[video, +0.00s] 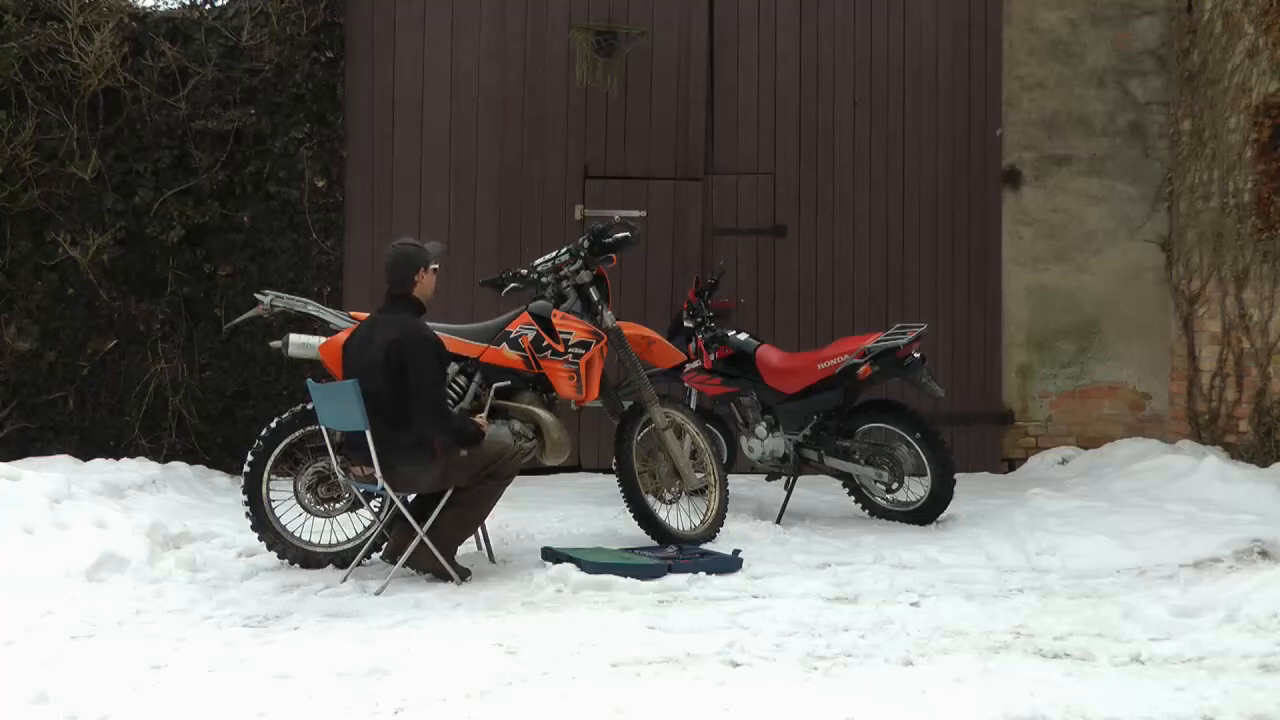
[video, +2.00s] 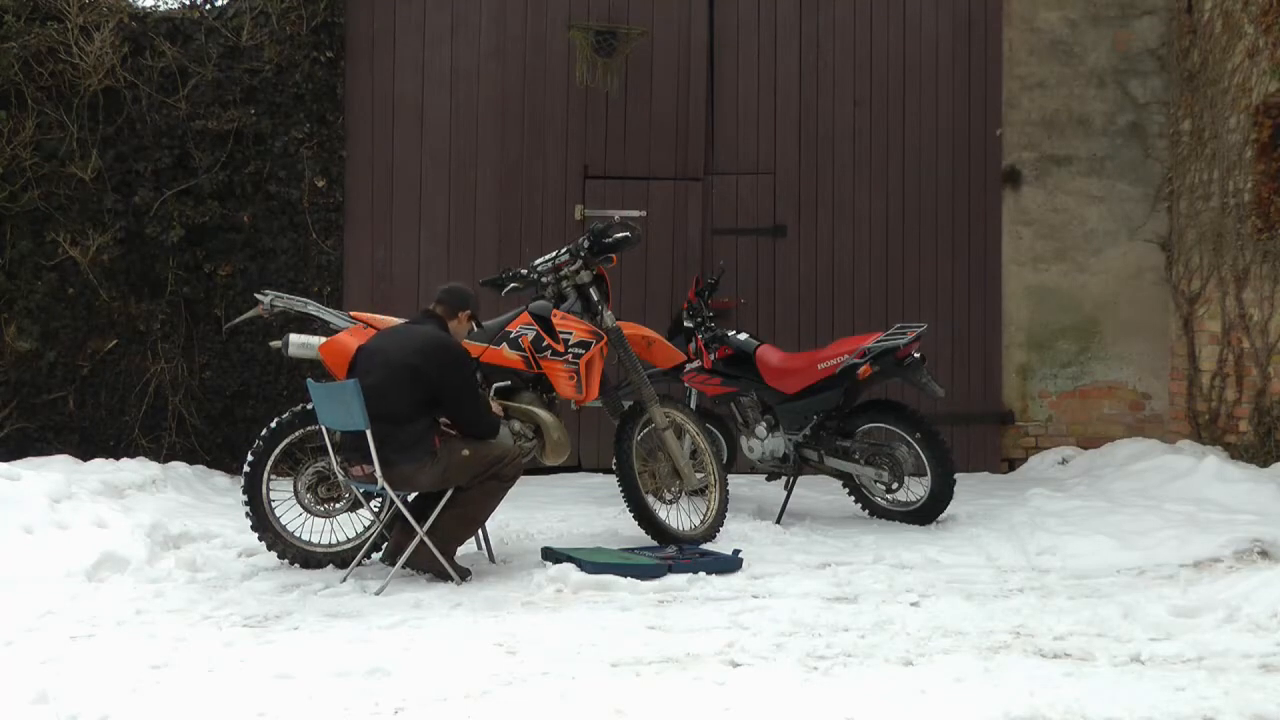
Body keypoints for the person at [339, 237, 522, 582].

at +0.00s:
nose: (435, 277)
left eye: (434, 270)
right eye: (433, 271)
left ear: (394, 279)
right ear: (419, 278)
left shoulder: (362, 333)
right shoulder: (420, 338)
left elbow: (364, 406)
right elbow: (433, 417)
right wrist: (473, 430)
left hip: (376, 462)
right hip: (409, 466)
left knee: (471, 451)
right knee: (504, 454)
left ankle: (405, 537)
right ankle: (435, 548)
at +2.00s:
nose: (468, 332)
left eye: (470, 325)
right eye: (470, 324)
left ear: (434, 308)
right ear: (461, 317)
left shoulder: (386, 335)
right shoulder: (447, 351)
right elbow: (481, 428)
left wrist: (438, 418)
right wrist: (493, 414)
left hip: (357, 457)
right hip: (401, 465)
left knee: (456, 451)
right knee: (508, 460)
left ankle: (402, 543)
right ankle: (434, 550)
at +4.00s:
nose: (480, 335)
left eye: (482, 328)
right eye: (481, 327)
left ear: (443, 313)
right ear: (470, 322)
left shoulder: (395, 337)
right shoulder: (456, 354)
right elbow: (475, 426)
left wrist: (440, 425)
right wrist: (501, 432)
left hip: (357, 455)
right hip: (400, 462)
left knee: (462, 454)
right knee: (507, 462)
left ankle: (402, 543)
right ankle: (435, 552)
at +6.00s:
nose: (492, 347)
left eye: (495, 341)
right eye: (494, 340)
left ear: (461, 318)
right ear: (484, 331)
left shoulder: (406, 338)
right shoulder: (463, 359)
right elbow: (481, 424)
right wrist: (514, 428)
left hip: (357, 455)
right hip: (399, 461)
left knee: (466, 453)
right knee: (508, 464)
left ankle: (402, 542)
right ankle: (435, 551)